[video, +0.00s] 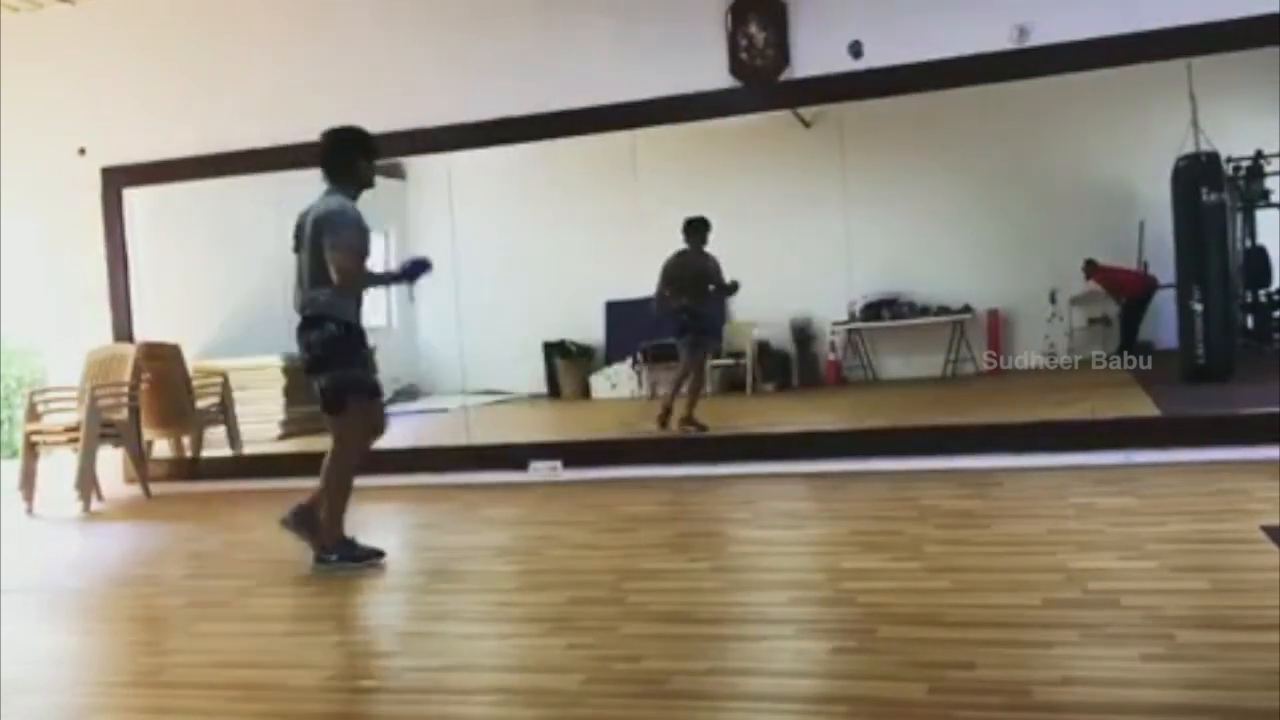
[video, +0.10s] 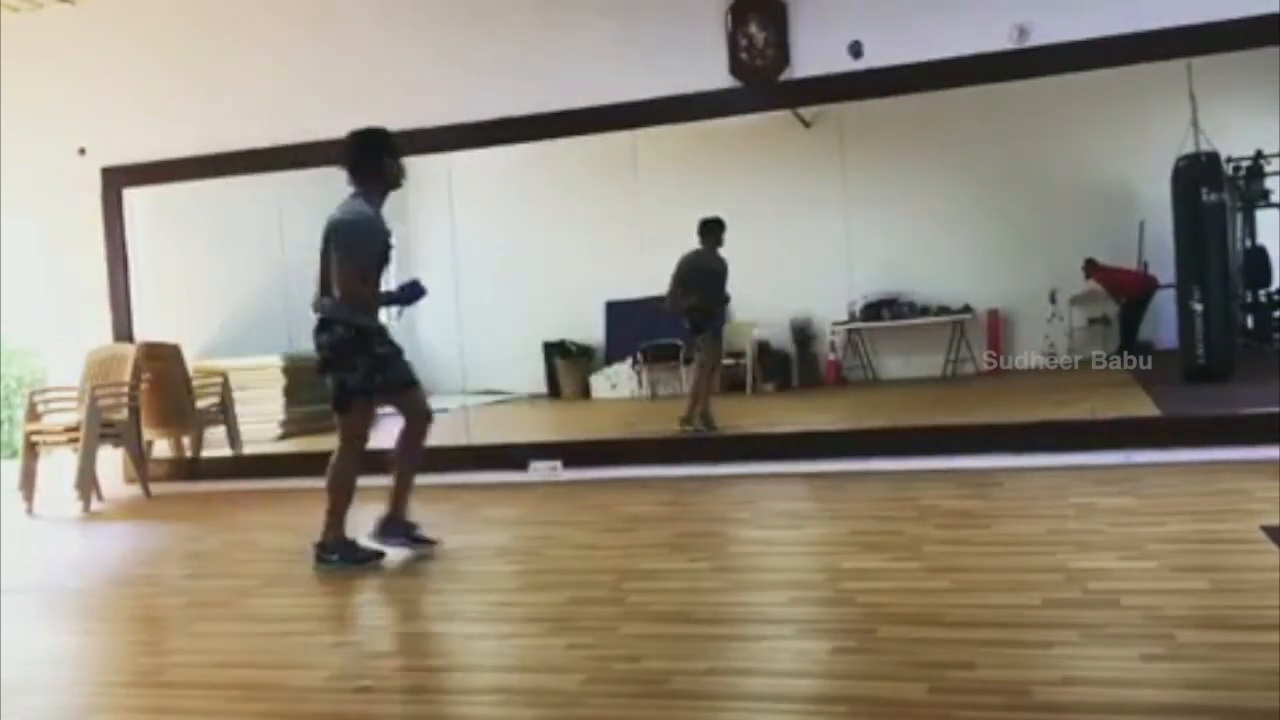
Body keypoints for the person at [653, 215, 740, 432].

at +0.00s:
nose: (702, 238)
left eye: (704, 233)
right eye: (697, 233)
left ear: (707, 235)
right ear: (688, 235)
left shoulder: (709, 262)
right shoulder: (675, 262)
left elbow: (719, 290)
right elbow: (662, 296)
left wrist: (730, 288)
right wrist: (678, 304)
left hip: (705, 320)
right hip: (683, 320)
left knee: (698, 369)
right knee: (687, 365)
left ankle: (688, 415)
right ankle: (666, 407)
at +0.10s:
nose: (721, 238)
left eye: (721, 234)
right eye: (717, 234)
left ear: (717, 236)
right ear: (707, 235)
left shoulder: (720, 263)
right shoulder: (690, 261)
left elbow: (717, 293)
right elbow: (673, 297)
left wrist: (724, 300)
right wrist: (692, 302)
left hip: (714, 317)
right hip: (697, 316)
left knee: (713, 364)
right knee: (704, 363)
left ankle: (704, 412)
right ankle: (690, 414)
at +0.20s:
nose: (730, 240)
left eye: (730, 236)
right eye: (726, 236)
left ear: (725, 237)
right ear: (715, 236)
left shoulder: (726, 265)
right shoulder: (696, 262)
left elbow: (724, 293)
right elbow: (681, 295)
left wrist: (728, 299)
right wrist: (695, 303)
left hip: (717, 316)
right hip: (700, 316)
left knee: (706, 366)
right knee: (722, 360)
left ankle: (689, 415)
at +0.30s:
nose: (747, 242)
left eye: (746, 237)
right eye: (744, 237)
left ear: (737, 239)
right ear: (734, 238)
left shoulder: (740, 267)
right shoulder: (714, 262)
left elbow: (741, 297)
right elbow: (698, 296)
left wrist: (754, 301)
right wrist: (708, 305)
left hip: (726, 317)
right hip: (713, 317)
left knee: (714, 367)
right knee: (745, 361)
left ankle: (691, 414)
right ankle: (768, 410)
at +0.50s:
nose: (773, 234)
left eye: (771, 229)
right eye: (769, 230)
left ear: (752, 233)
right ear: (762, 233)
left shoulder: (742, 259)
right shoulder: (759, 261)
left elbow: (771, 295)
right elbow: (770, 294)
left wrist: (792, 320)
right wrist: (793, 320)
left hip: (749, 315)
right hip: (753, 315)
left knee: (752, 365)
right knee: (774, 357)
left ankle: (714, 400)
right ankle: (781, 412)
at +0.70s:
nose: (796, 225)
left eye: (795, 220)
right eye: (792, 221)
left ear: (777, 225)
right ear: (785, 224)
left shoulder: (786, 251)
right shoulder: (775, 252)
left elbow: (785, 289)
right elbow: (776, 292)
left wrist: (793, 316)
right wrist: (791, 317)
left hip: (782, 311)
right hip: (777, 312)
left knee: (783, 360)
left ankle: (784, 408)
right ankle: (782, 407)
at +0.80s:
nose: (805, 223)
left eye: (804, 219)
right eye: (802, 219)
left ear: (786, 224)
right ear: (795, 223)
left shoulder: (795, 251)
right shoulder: (784, 253)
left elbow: (791, 291)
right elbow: (787, 293)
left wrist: (804, 315)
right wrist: (805, 317)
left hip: (796, 313)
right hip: (786, 314)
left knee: (815, 357)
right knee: (783, 362)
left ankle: (813, 407)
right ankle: (781, 411)